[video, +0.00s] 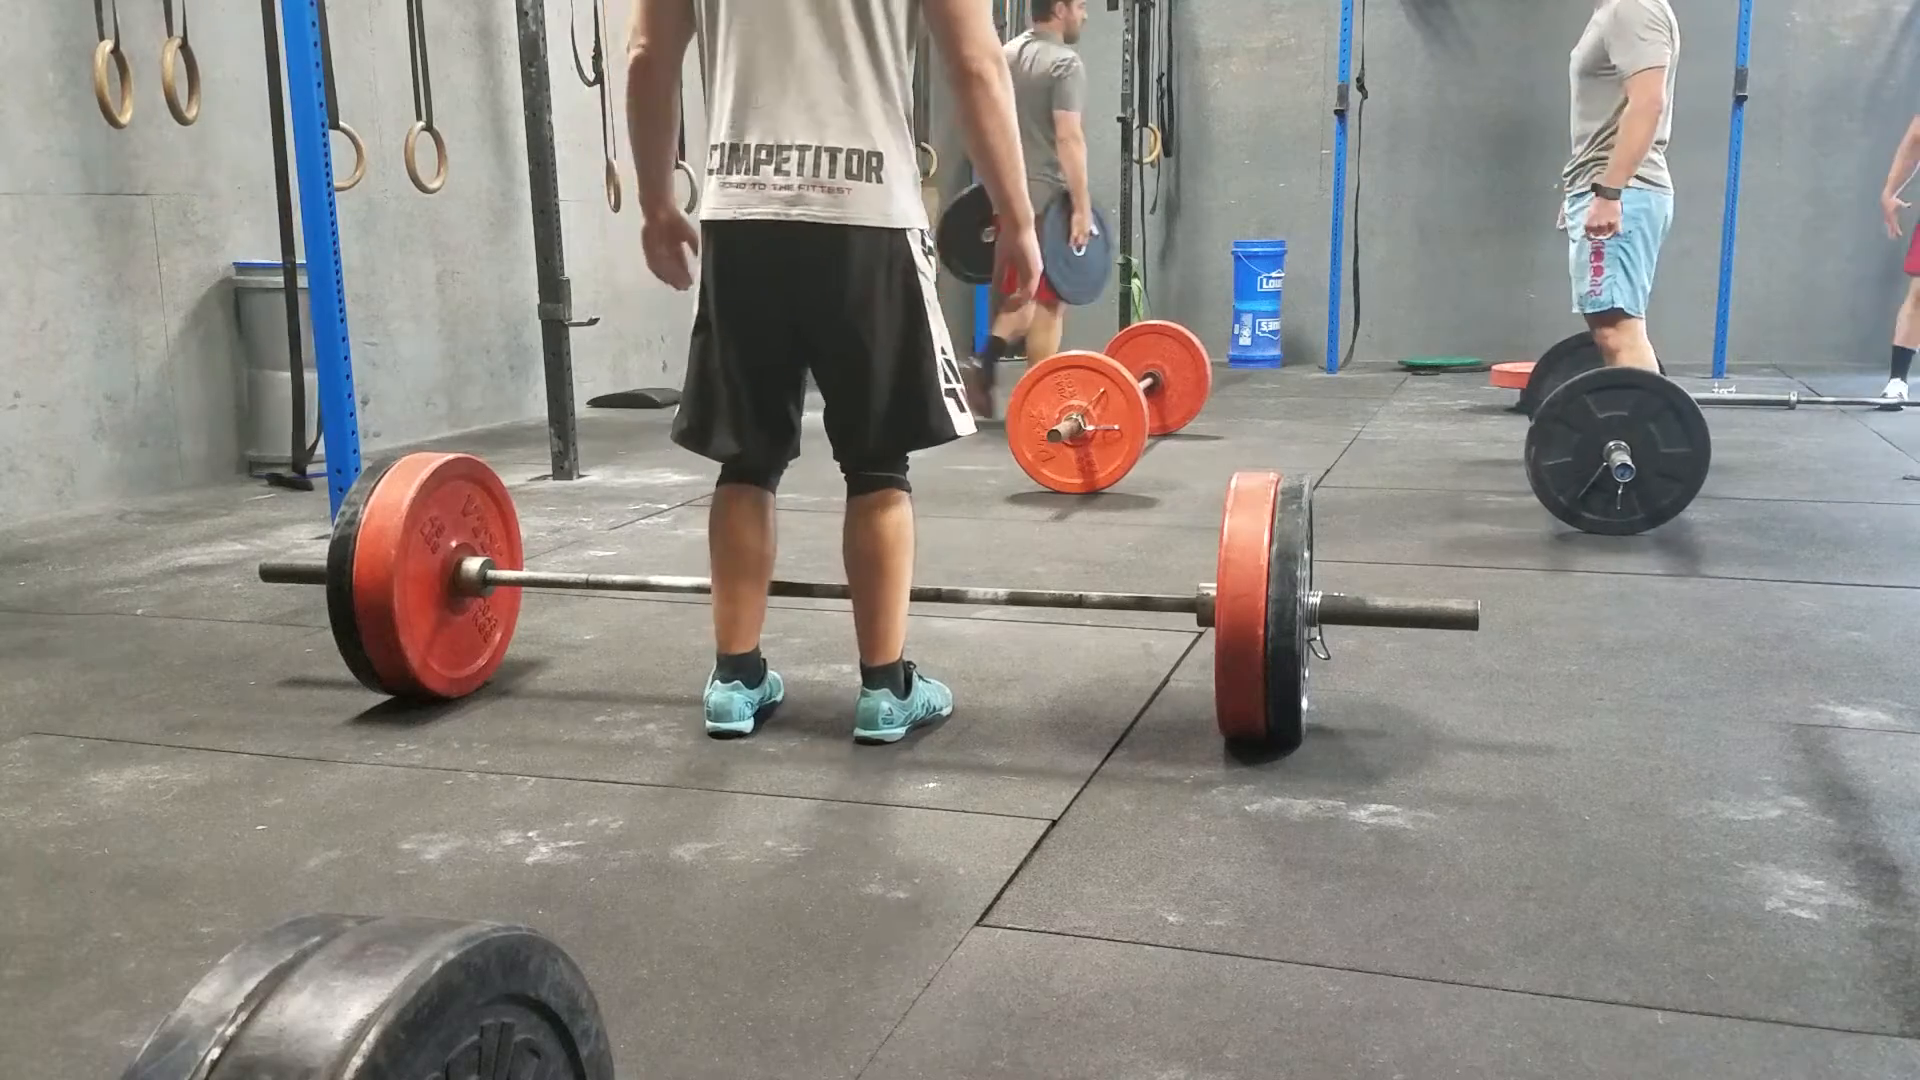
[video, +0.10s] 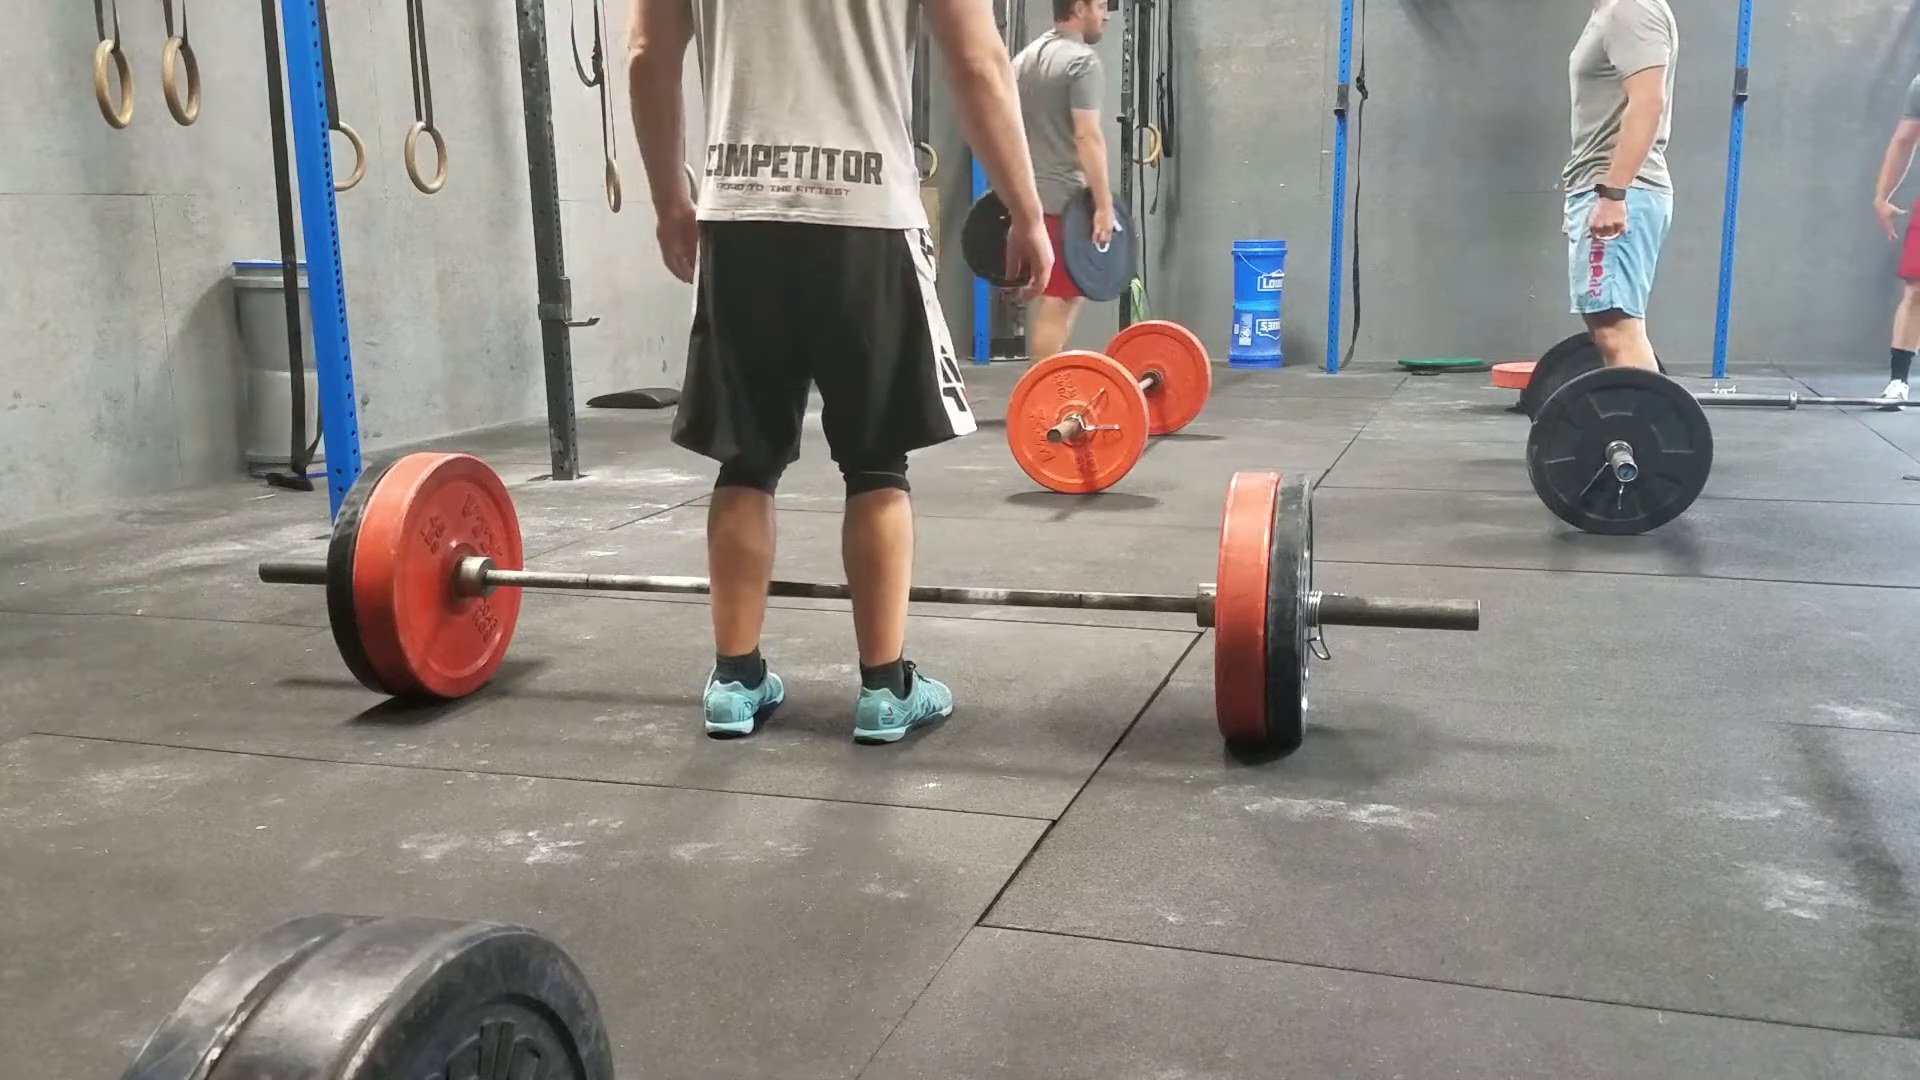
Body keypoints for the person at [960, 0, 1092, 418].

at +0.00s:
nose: (1083, 15)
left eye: (1082, 7)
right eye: (1079, 6)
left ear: (1042, 12)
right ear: (1061, 10)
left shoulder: (1005, 53)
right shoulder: (1066, 61)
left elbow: (992, 130)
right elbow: (1068, 137)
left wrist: (993, 195)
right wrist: (1081, 208)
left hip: (1009, 196)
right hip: (1049, 199)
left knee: (1019, 296)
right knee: (1051, 304)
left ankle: (985, 360)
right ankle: (1044, 402)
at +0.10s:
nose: (1107, 15)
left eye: (1107, 7)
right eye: (1102, 6)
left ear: (1070, 10)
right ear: (1079, 8)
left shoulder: (1023, 58)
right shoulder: (1083, 59)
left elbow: (1012, 132)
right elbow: (1087, 137)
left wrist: (1017, 196)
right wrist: (1104, 205)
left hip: (1030, 198)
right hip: (1063, 202)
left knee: (1068, 299)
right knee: (1056, 303)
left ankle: (1045, 394)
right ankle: (1039, 404)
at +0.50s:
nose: (1198, 17)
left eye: (1197, 9)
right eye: (1191, 8)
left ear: (1166, 15)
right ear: (1167, 13)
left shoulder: (1139, 59)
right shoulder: (1167, 60)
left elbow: (1134, 139)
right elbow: (1164, 135)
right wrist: (1180, 201)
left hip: (1133, 200)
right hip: (1153, 203)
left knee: (1157, 304)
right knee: (1174, 304)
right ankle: (1105, 366)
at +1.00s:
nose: (1339, 13)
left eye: (1337, 5)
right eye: (1331, 5)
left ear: (1307, 12)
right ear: (1306, 10)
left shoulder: (1300, 58)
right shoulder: (1295, 62)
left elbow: (1289, 138)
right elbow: (1279, 140)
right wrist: (1282, 209)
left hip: (1292, 198)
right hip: (1299, 202)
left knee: (1274, 297)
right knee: (1320, 291)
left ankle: (1206, 357)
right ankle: (1311, 395)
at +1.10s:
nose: (1365, 8)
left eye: (1363, 2)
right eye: (1357, 1)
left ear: (1333, 9)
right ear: (1332, 6)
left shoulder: (1331, 54)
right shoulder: (1319, 58)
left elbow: (1320, 135)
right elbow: (1305, 136)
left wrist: (1336, 196)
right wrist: (1311, 204)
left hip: (1331, 195)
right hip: (1318, 198)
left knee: (1341, 285)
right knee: (1326, 292)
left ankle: (1264, 354)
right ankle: (1312, 396)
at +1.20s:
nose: (1391, 7)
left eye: (1391, 1)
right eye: (1385, 1)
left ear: (1361, 6)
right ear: (1358, 4)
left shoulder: (1358, 52)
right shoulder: (1344, 54)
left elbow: (1350, 134)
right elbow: (1331, 133)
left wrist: (1364, 198)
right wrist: (1340, 202)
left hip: (1358, 196)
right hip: (1336, 199)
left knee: (1381, 282)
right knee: (1332, 294)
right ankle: (1312, 394)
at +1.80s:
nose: (1581, 5)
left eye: (1580, 1)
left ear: (1552, 4)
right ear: (1551, 2)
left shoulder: (1551, 44)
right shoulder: (1524, 45)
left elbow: (1547, 126)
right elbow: (1505, 122)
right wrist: (1513, 199)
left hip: (1548, 193)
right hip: (1535, 195)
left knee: (1507, 292)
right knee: (1553, 291)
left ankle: (1480, 392)